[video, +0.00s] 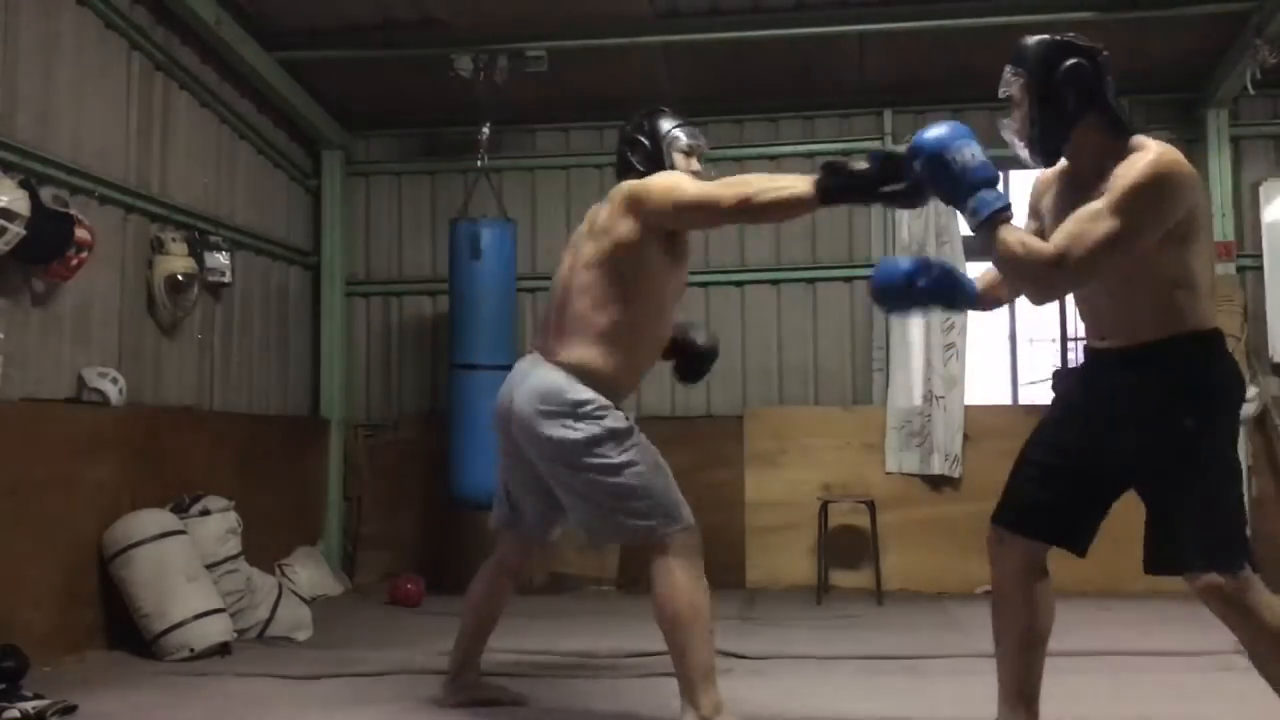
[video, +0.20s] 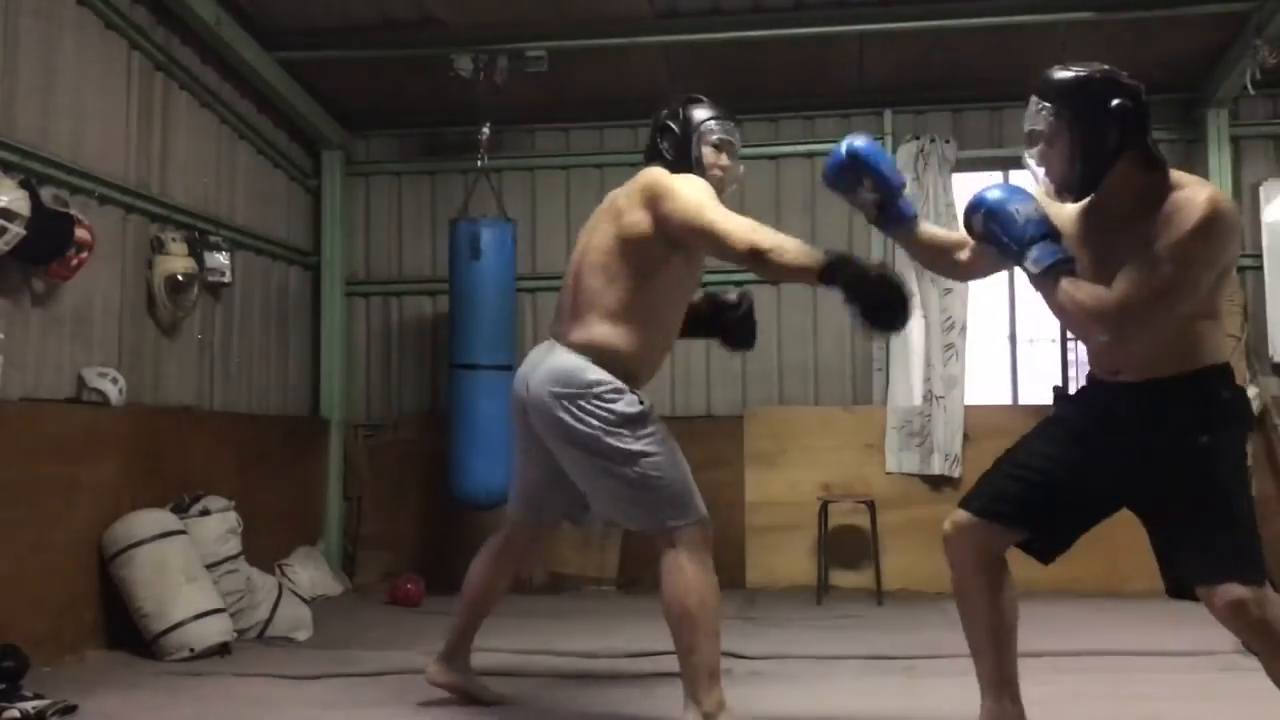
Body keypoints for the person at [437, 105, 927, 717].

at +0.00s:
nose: (704, 164)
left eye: (701, 153)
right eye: (691, 152)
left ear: (644, 159)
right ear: (657, 155)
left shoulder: (623, 214)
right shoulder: (646, 195)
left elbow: (601, 305)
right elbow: (736, 198)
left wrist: (668, 344)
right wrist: (847, 182)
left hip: (534, 390)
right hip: (571, 402)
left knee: (513, 547)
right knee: (675, 536)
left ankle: (459, 677)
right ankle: (706, 706)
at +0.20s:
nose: (732, 159)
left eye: (732, 147)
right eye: (719, 146)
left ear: (674, 151)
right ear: (682, 148)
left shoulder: (632, 199)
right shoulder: (671, 186)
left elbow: (619, 307)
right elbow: (756, 248)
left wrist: (702, 318)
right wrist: (843, 270)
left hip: (545, 376)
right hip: (591, 387)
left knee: (521, 531)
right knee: (688, 532)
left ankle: (450, 660)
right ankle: (708, 703)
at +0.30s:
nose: (698, 157)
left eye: (703, 146)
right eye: (687, 141)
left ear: (639, 149)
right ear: (649, 141)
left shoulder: (622, 198)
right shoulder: (638, 189)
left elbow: (679, 305)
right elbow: (677, 278)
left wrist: (727, 256)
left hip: (544, 378)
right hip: (591, 382)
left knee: (519, 536)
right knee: (697, 531)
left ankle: (437, 669)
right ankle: (708, 705)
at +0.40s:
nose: (673, 167)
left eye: (676, 156)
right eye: (662, 152)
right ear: (624, 152)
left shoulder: (623, 225)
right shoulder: (605, 207)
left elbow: (705, 261)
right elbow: (603, 312)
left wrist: (733, 186)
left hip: (543, 394)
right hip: (589, 398)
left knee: (510, 556)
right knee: (701, 535)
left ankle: (434, 687)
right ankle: (708, 703)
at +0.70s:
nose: (675, 152)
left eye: (677, 140)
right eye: (663, 138)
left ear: (624, 148)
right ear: (625, 141)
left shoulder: (627, 214)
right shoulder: (609, 189)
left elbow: (649, 310)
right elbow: (604, 240)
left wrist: (698, 246)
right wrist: (666, 282)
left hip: (548, 387)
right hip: (596, 391)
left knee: (511, 554)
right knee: (695, 548)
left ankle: (444, 684)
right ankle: (691, 710)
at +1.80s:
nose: (653, 110)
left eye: (655, 93)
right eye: (645, 91)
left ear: (578, 84)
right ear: (609, 85)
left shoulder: (536, 136)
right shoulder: (594, 126)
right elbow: (604, 210)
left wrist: (654, 202)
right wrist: (645, 256)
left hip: (464, 358)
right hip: (531, 359)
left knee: (484, 554)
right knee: (599, 560)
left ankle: (398, 707)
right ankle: (616, 714)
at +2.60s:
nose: (675, 112)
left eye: (677, 95)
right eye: (670, 93)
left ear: (602, 85)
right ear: (633, 84)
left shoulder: (545, 148)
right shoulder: (632, 136)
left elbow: (573, 275)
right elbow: (656, 283)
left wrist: (685, 229)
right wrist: (659, 294)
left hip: (490, 377)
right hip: (565, 378)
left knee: (484, 584)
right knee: (704, 555)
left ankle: (406, 715)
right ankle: (727, 714)